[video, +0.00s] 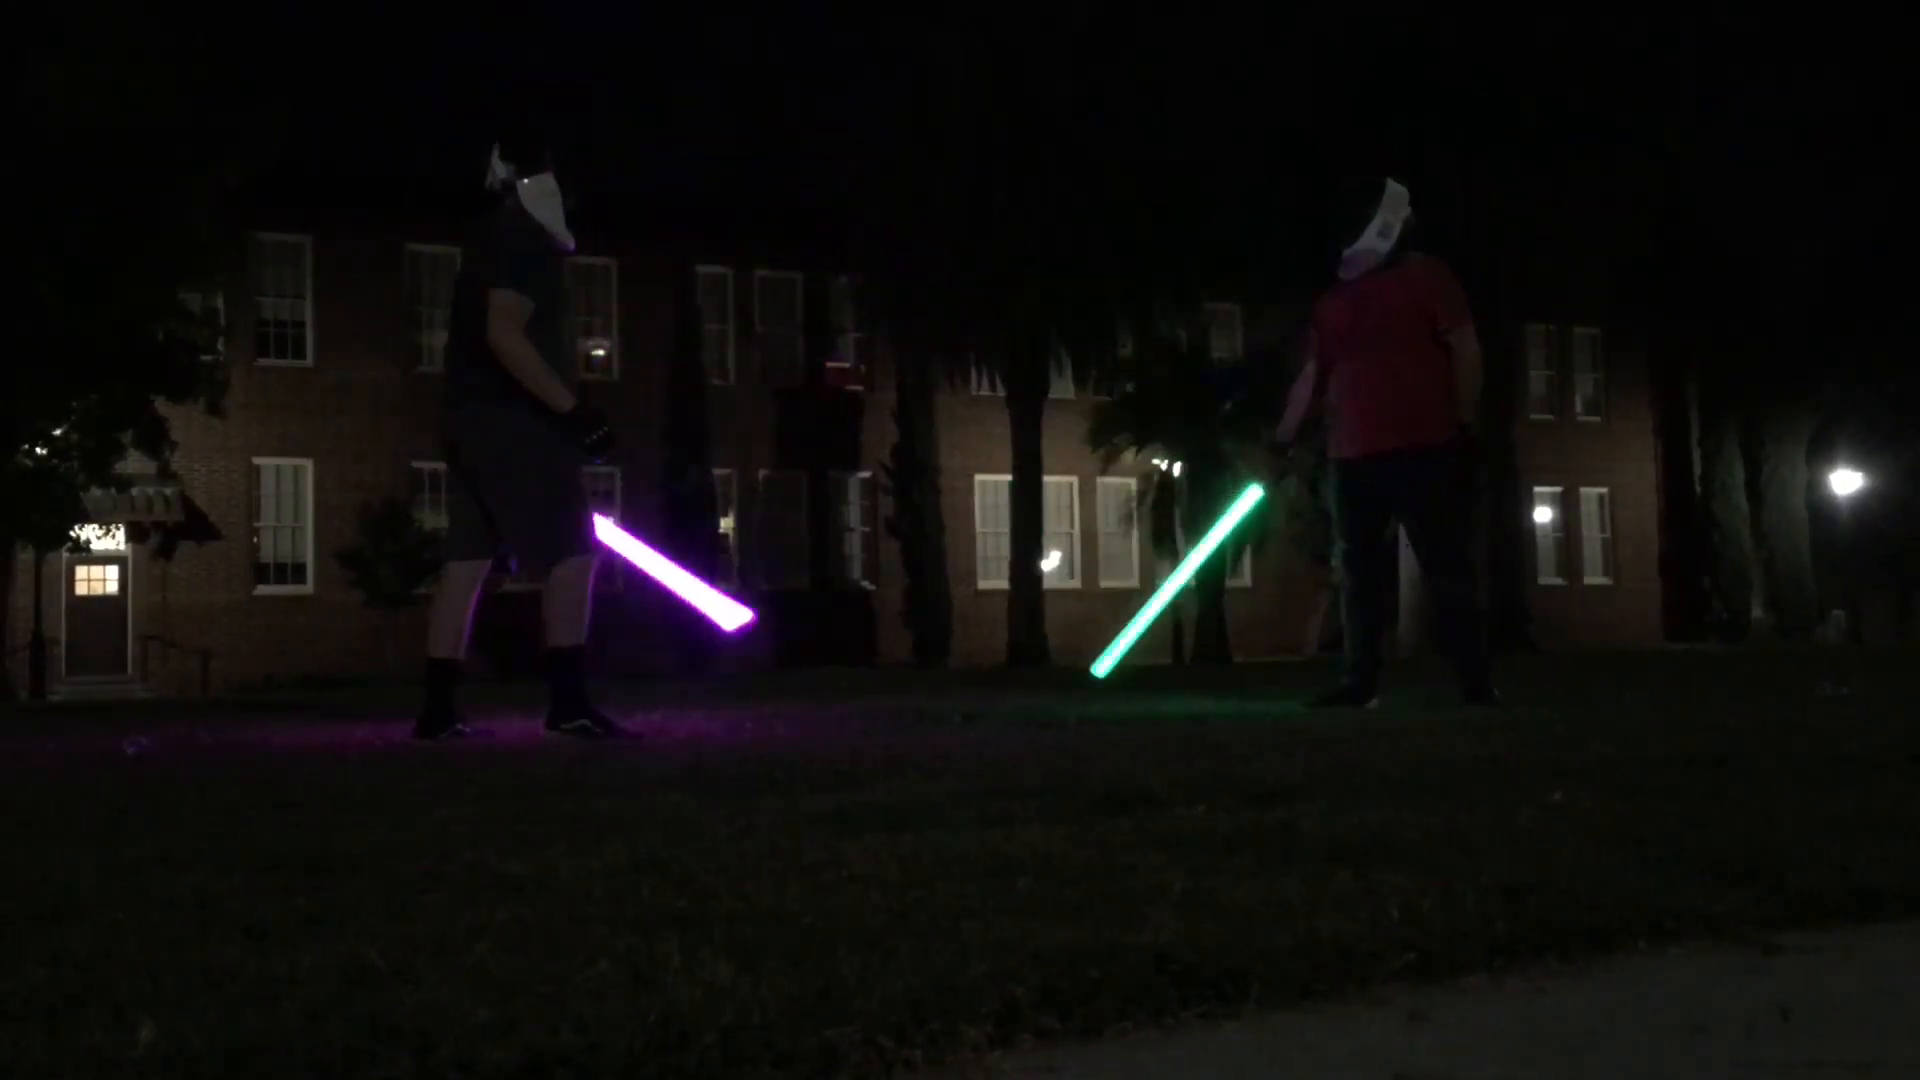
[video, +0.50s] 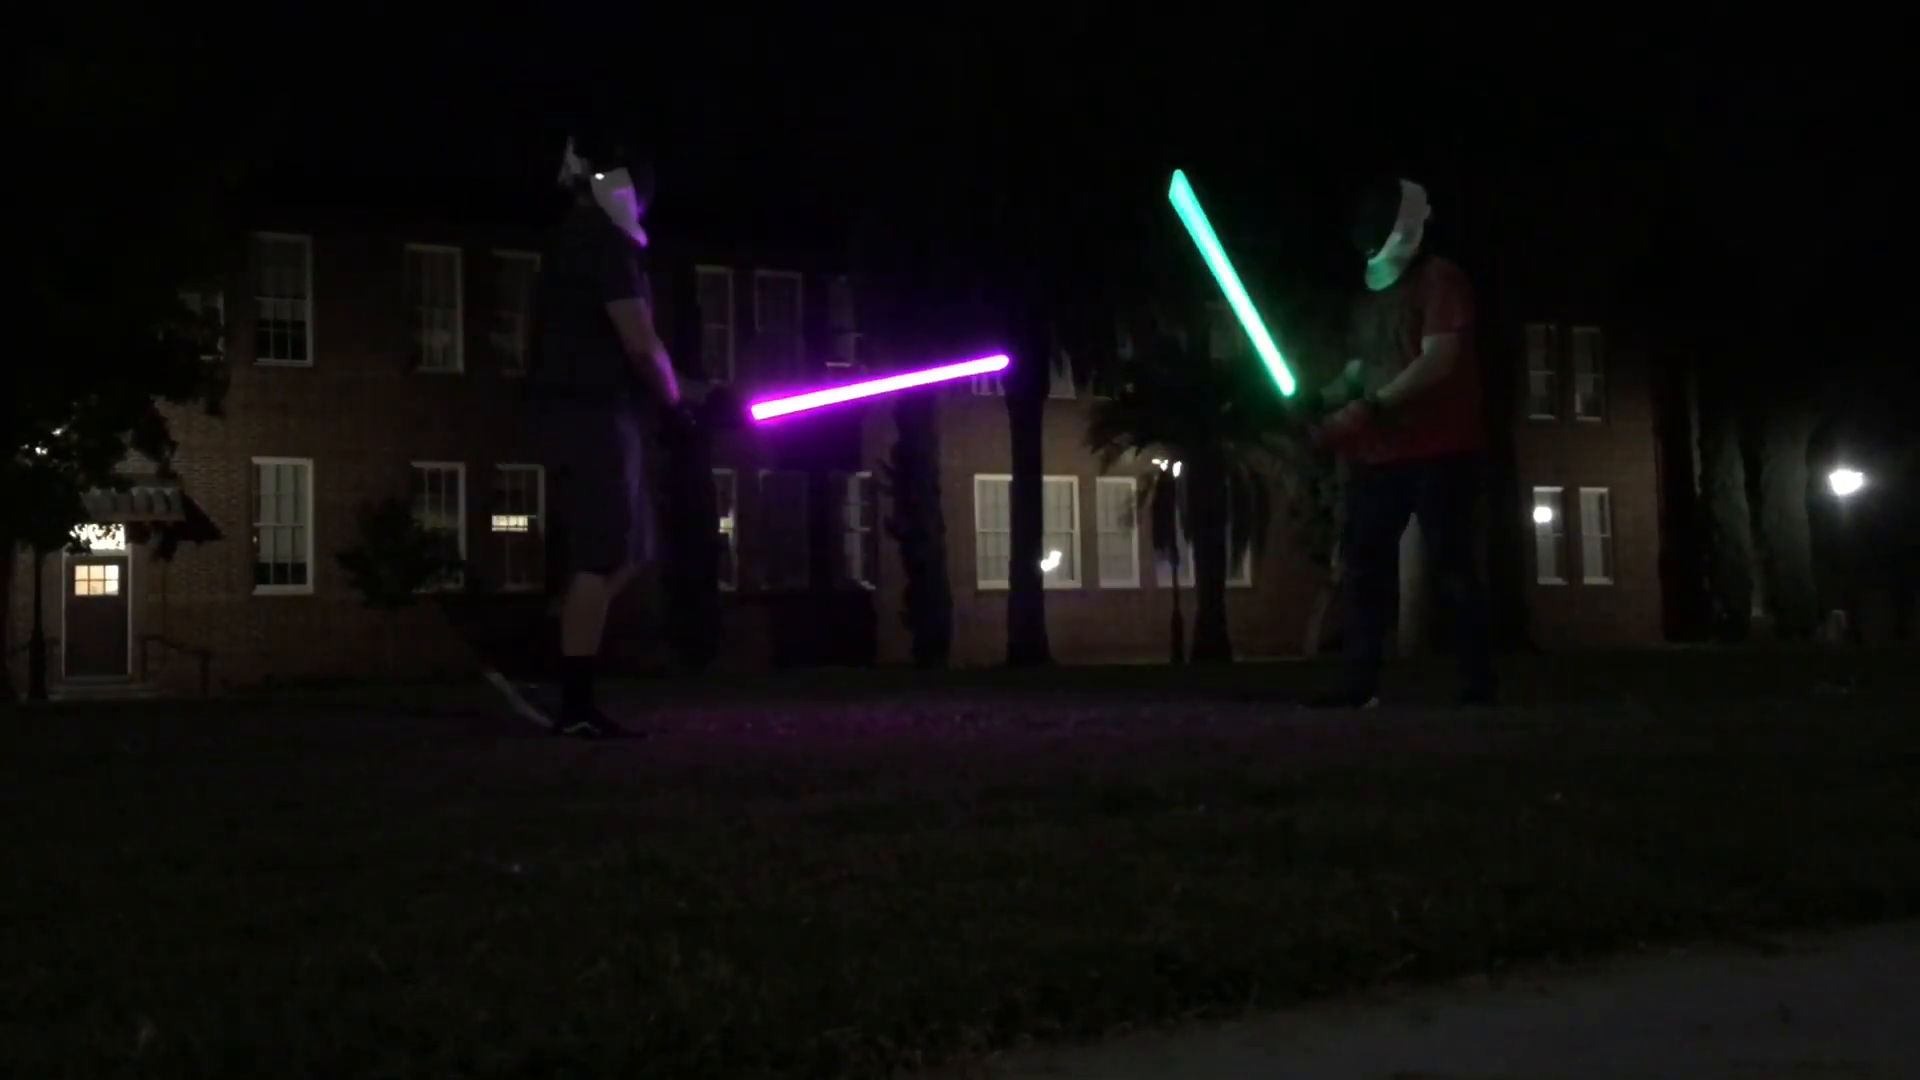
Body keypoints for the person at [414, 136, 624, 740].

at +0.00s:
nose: (567, 200)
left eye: (563, 187)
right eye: (559, 187)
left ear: (510, 188)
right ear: (537, 187)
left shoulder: (489, 243)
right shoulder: (524, 244)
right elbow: (506, 334)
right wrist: (571, 408)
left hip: (477, 432)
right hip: (523, 431)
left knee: (467, 560)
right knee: (573, 552)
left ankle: (437, 708)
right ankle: (569, 702)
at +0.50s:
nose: (640, 207)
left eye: (638, 194)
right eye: (632, 194)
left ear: (598, 196)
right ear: (607, 194)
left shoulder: (577, 244)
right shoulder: (606, 248)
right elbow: (641, 341)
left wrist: (667, 400)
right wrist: (675, 405)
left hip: (582, 419)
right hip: (597, 422)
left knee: (613, 552)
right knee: (603, 554)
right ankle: (576, 701)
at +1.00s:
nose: (795, 272)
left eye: (791, 262)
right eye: (789, 262)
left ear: (746, 261)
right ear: (778, 263)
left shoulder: (733, 305)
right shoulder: (770, 301)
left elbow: (775, 422)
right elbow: (837, 354)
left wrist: (849, 434)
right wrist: (875, 385)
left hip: (769, 468)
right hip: (746, 468)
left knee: (847, 553)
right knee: (702, 597)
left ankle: (869, 689)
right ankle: (591, 702)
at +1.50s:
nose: (1060, 290)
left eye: (1055, 282)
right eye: (1054, 282)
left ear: (1017, 284)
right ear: (1040, 285)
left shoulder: (1029, 329)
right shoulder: (1038, 336)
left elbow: (1104, 321)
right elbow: (1139, 363)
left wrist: (1163, 299)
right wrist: (1173, 322)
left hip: (1065, 484)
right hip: (1039, 490)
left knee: (1151, 570)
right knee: (1094, 603)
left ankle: (1162, 688)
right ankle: (970, 679)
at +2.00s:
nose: (1135, 217)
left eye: (1129, 207)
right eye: (1128, 208)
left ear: (1082, 222)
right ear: (1118, 215)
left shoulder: (1064, 281)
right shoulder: (1146, 271)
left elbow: (1056, 372)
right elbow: (1203, 348)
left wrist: (1063, 437)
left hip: (1084, 444)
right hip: (1144, 436)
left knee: (1143, 560)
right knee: (1208, 553)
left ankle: (1162, 683)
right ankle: (1170, 687)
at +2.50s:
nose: (1021, 217)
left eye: (1020, 204)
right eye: (1012, 205)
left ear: (962, 206)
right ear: (987, 205)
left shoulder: (928, 261)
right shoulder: (1011, 260)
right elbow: (1041, 353)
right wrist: (1065, 391)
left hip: (937, 440)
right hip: (1009, 440)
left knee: (923, 569)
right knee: (1083, 564)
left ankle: (874, 699)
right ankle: (1145, 684)